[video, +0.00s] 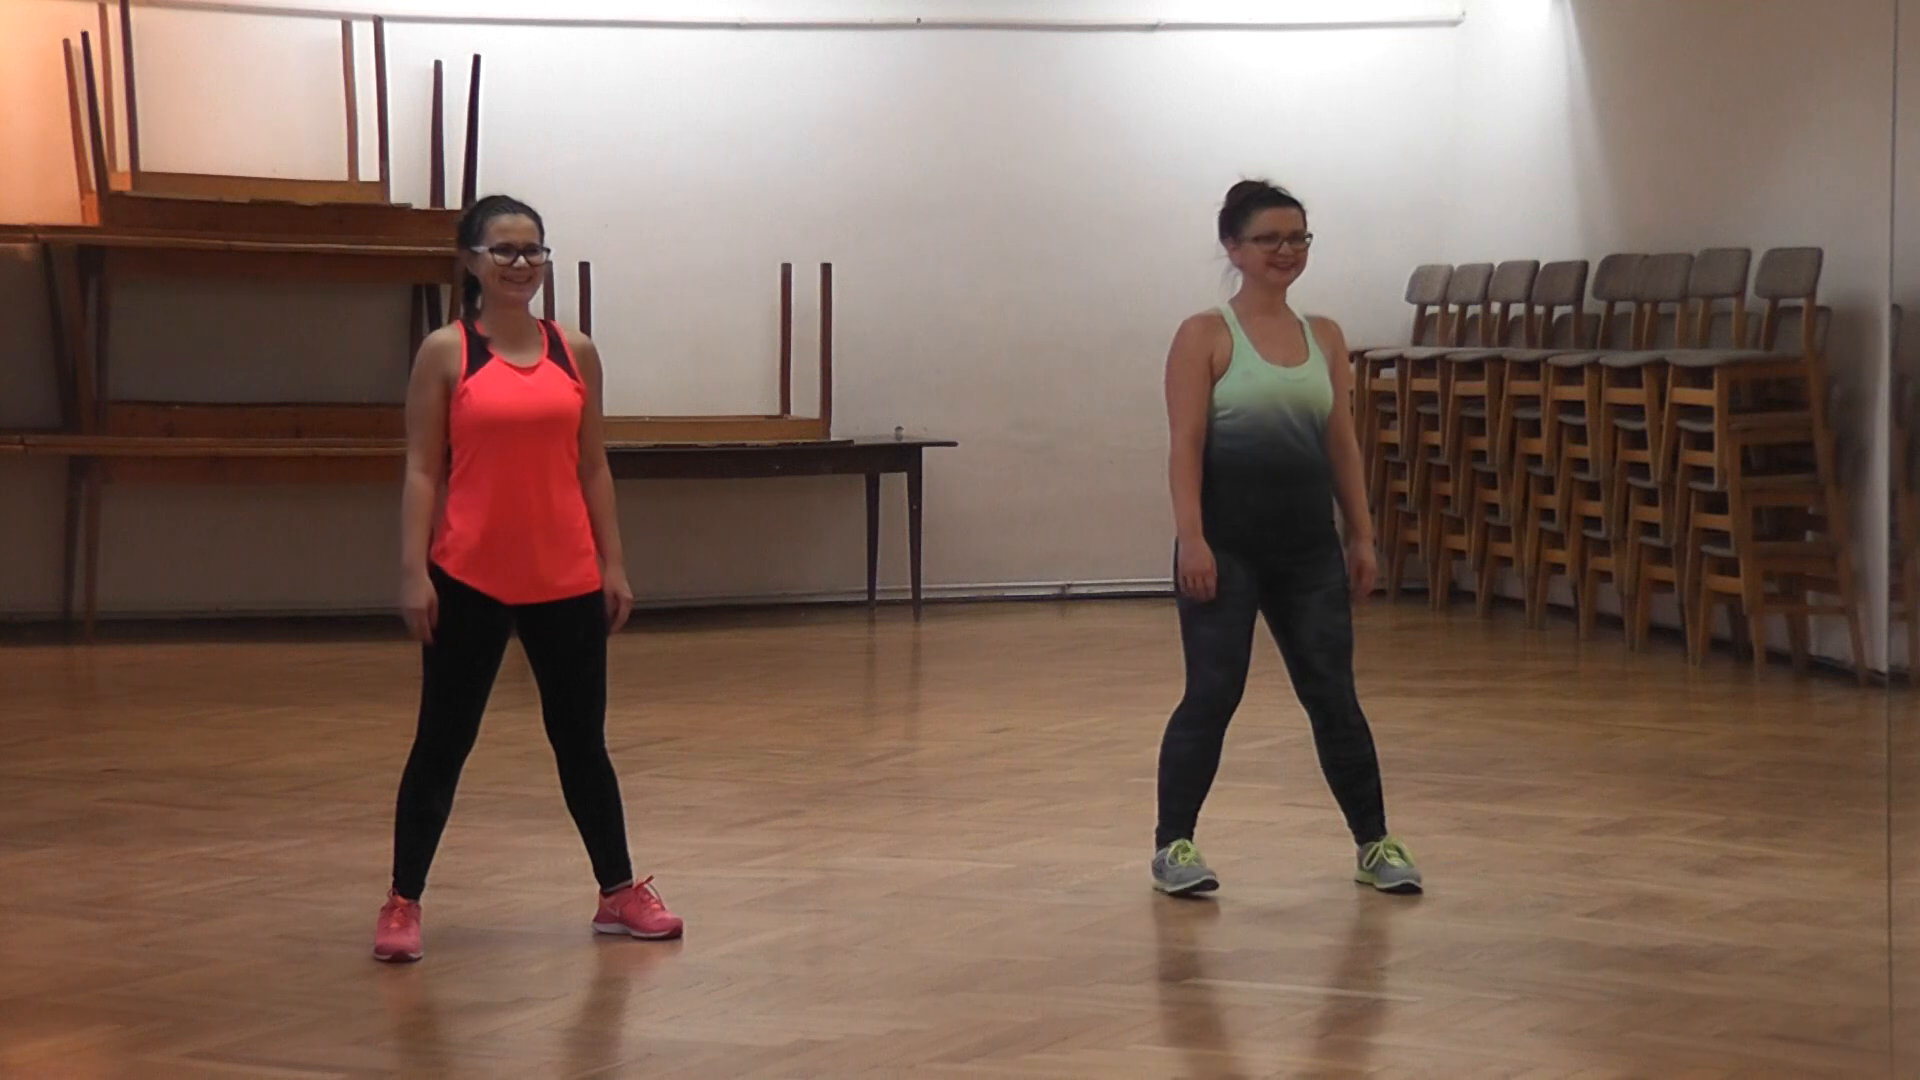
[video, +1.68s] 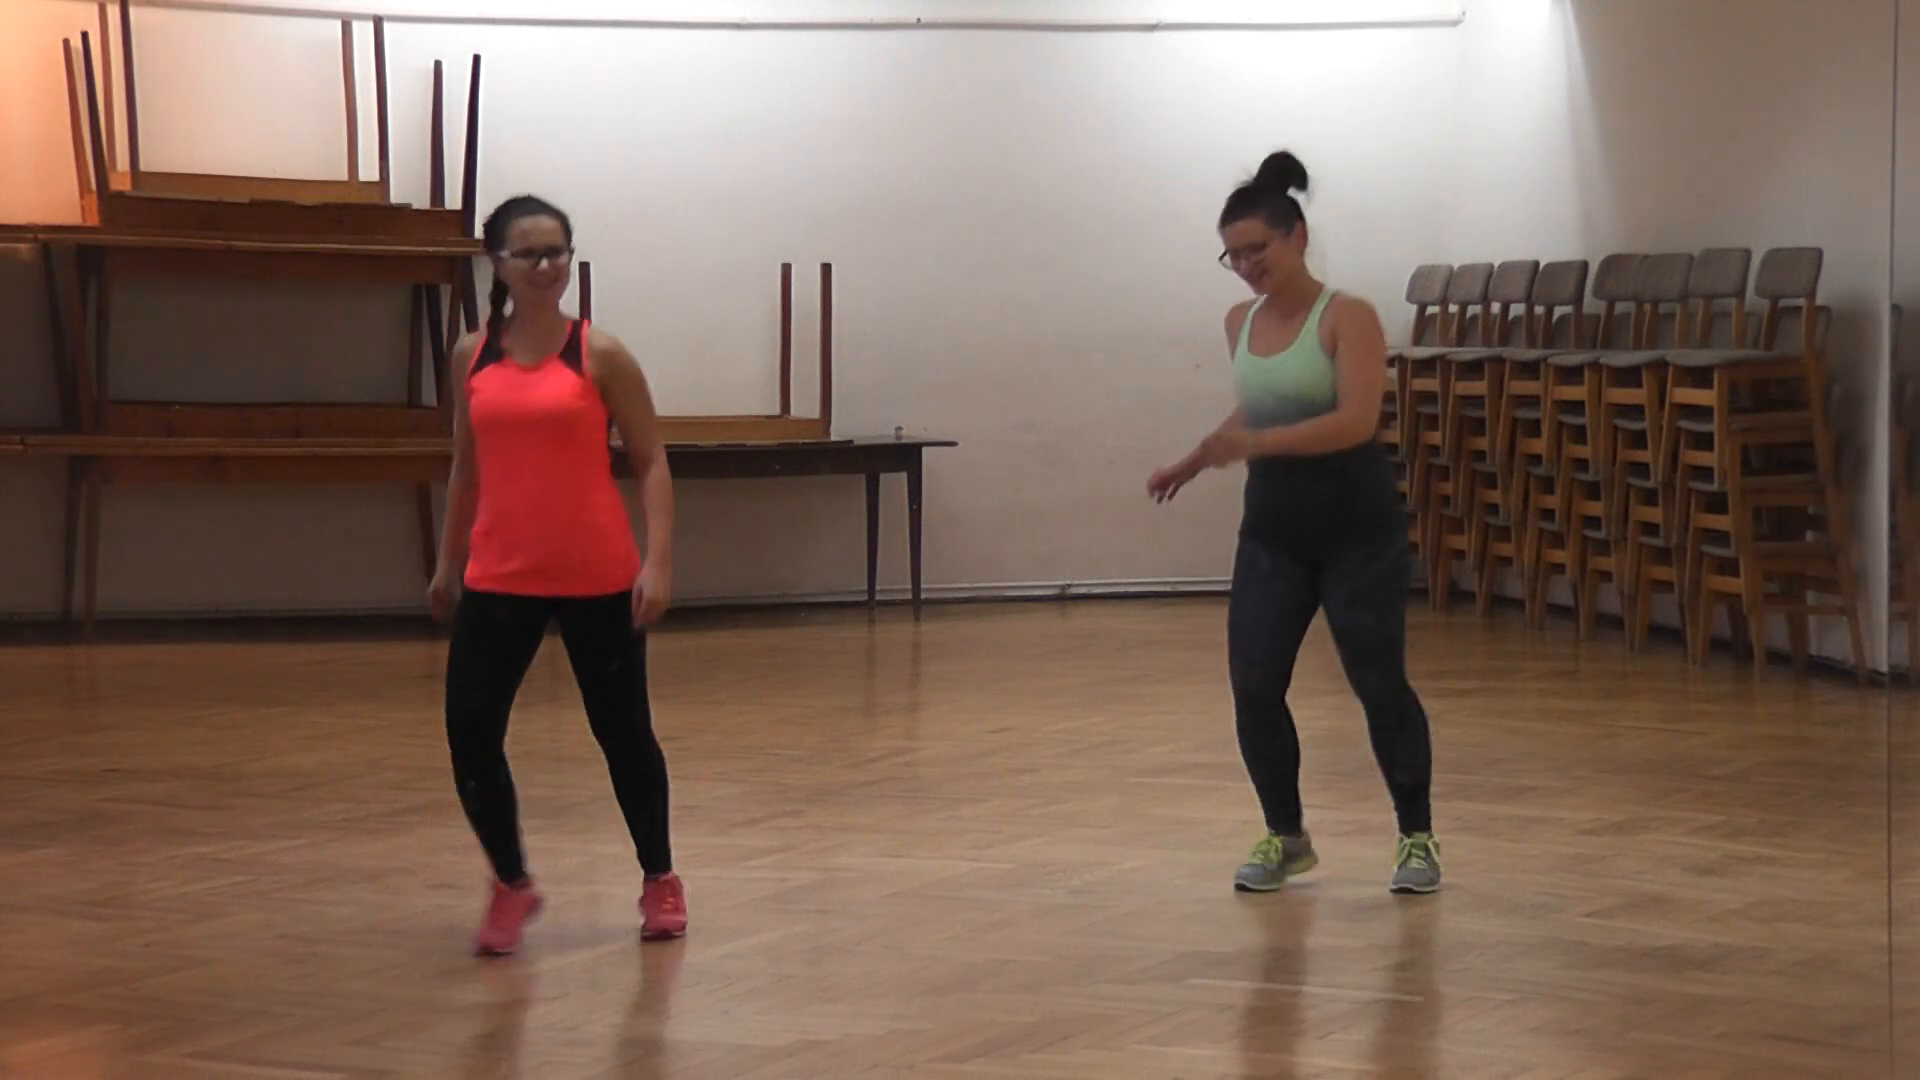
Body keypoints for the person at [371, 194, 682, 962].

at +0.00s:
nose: (521, 261)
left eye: (532, 249)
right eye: (504, 250)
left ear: (545, 260)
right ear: (472, 262)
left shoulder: (576, 353)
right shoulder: (445, 352)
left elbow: (594, 465)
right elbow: (424, 469)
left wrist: (613, 564)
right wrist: (413, 569)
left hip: (568, 579)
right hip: (470, 580)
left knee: (583, 740)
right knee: (441, 747)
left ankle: (620, 890)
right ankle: (403, 903)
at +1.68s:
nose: (546, 266)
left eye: (556, 252)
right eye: (529, 254)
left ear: (572, 260)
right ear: (498, 265)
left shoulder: (603, 354)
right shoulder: (472, 355)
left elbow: (652, 462)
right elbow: (465, 465)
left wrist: (657, 561)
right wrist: (448, 560)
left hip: (597, 576)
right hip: (499, 579)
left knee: (625, 732)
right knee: (470, 729)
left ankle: (660, 880)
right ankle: (512, 884)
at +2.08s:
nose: (432, 275)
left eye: (447, 263)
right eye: (417, 262)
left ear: (465, 271)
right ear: (389, 265)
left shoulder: (487, 361)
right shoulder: (366, 355)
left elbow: (547, 463)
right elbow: (327, 452)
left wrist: (563, 570)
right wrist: (326, 495)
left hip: (501, 562)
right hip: (423, 572)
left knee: (437, 707)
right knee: (493, 731)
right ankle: (543, 892)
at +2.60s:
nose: (270, 259)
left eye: (285, 250)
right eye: (257, 243)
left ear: (298, 269)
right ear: (222, 251)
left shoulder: (324, 363)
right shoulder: (180, 359)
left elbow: (361, 470)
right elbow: (149, 454)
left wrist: (364, 561)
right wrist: (162, 517)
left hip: (318, 593)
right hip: (223, 593)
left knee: (317, 761)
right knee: (182, 762)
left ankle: (334, 927)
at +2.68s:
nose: (248, 275)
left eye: (262, 266)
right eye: (234, 260)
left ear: (274, 281)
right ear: (197, 266)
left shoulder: (293, 382)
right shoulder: (155, 370)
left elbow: (322, 494)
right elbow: (105, 470)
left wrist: (345, 586)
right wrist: (147, 526)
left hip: (290, 604)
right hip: (191, 608)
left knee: (306, 768)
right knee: (161, 777)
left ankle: (335, 927)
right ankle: (85, 938)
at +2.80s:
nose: (217, 263)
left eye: (230, 254)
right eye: (202, 248)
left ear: (242, 270)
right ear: (164, 255)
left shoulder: (246, 361)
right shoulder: (128, 350)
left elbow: (258, 483)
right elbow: (68, 455)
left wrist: (304, 575)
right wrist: (161, 487)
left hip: (236, 592)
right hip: (139, 597)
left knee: (275, 755)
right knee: (130, 767)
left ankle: (312, 917)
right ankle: (82, 939)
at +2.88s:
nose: (199, 254)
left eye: (212, 243)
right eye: (183, 239)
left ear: (226, 256)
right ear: (149, 244)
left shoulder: (226, 346)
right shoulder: (119, 332)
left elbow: (225, 466)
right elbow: (75, 433)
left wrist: (271, 562)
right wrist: (182, 445)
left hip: (208, 577)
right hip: (117, 582)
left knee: (250, 724)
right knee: (115, 750)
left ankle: (230, 906)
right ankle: (80, 936)